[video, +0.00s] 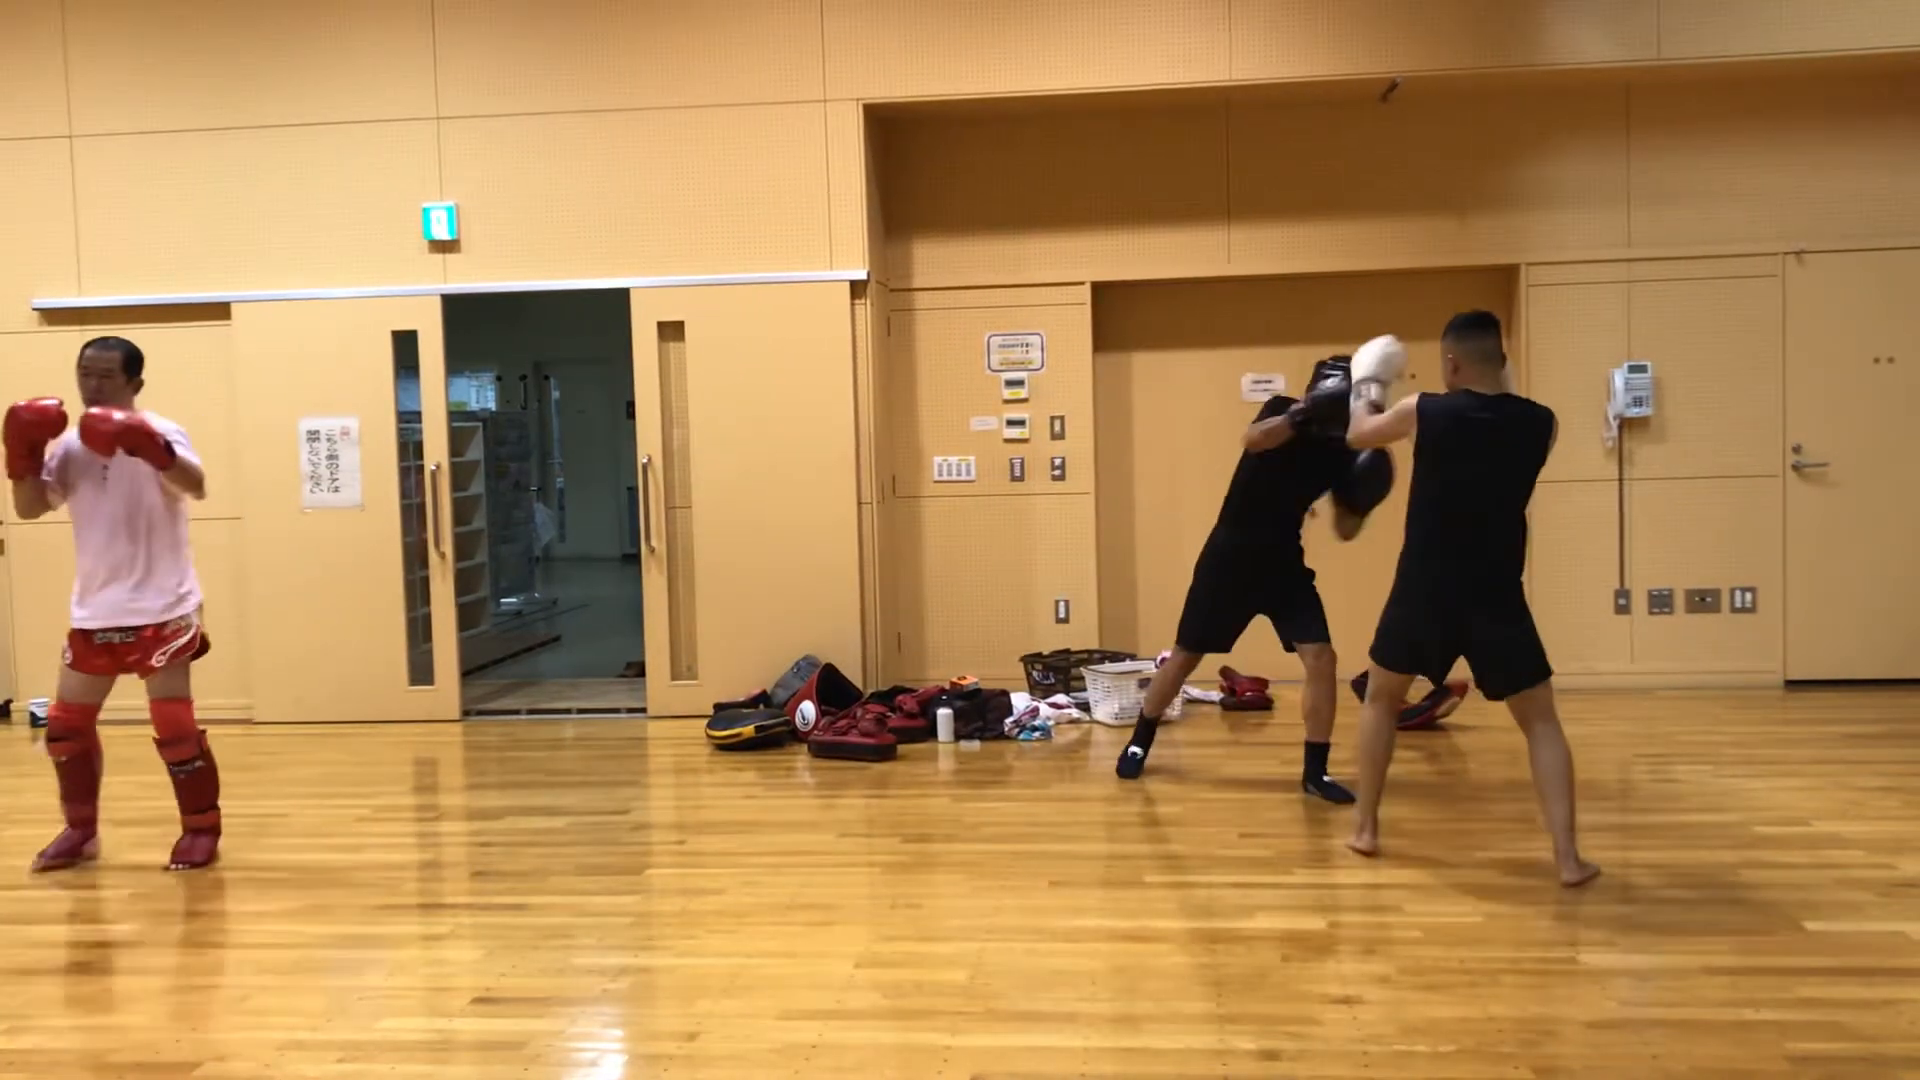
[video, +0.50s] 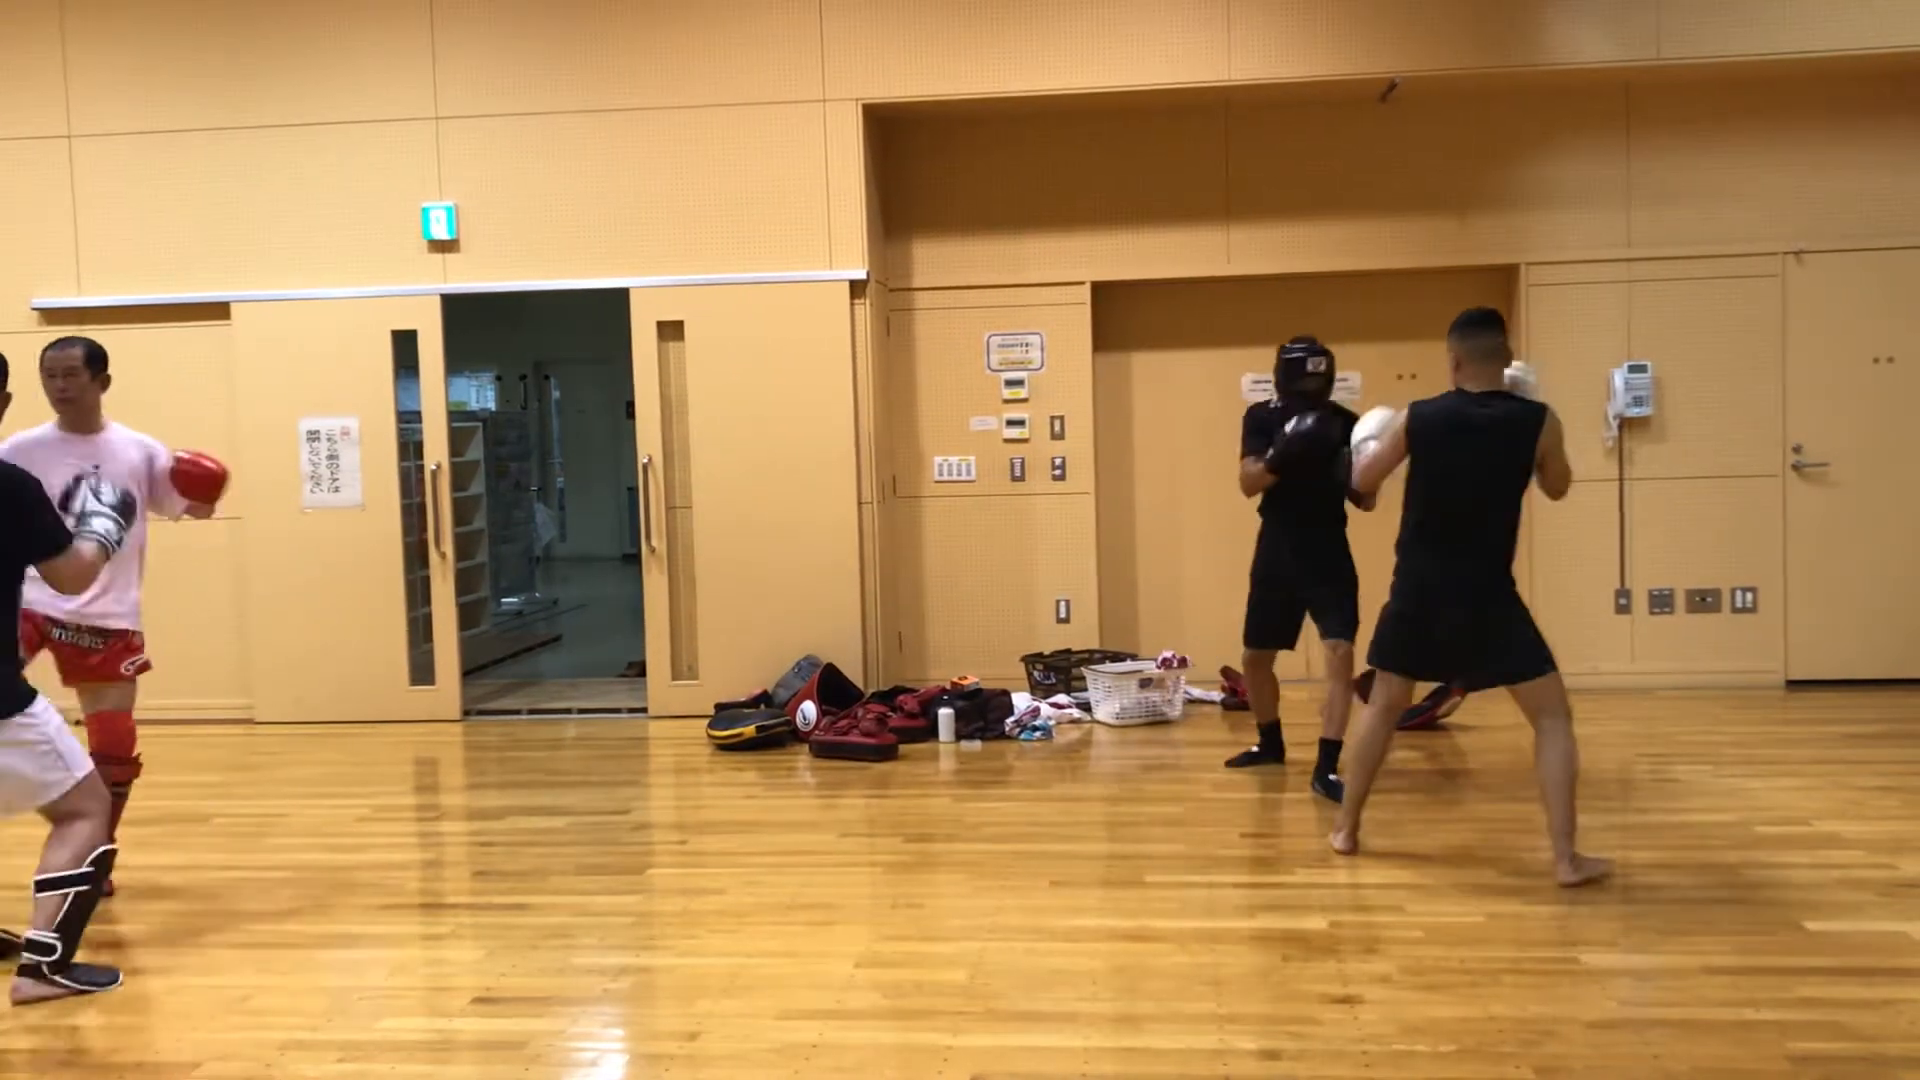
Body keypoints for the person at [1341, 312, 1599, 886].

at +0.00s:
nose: (1443, 368)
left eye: (1443, 361)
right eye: (1446, 360)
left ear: (1451, 361)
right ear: (1503, 357)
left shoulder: (1427, 410)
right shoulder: (1540, 422)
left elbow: (1360, 433)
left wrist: (1366, 393)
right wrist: (1474, 392)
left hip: (1424, 590)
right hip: (1498, 596)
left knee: (1383, 699)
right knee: (1540, 719)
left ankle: (1364, 828)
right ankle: (1568, 859)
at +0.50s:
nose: (1448, 365)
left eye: (1449, 358)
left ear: (1453, 360)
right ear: (1506, 358)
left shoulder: (1420, 418)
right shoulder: (1537, 422)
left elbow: (1364, 483)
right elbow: (1556, 485)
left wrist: (1362, 448)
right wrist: (1527, 418)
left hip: (1417, 599)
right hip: (1491, 601)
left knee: (1383, 707)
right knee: (1552, 718)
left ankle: (1346, 829)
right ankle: (1566, 858)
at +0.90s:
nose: (1493, 361)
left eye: (1493, 353)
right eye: (1497, 353)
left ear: (1502, 354)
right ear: (1556, 352)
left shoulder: (1474, 410)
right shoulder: (1594, 415)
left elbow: (1411, 476)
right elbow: (1595, 486)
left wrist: (1407, 430)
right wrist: (1548, 449)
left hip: (1472, 584)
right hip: (1543, 589)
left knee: (1443, 689)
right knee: (1568, 722)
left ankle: (1428, 812)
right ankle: (1570, 860)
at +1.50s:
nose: (1482, 378)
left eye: (1481, 370)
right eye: (1487, 370)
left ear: (1486, 371)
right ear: (1538, 364)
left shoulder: (1477, 429)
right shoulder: (1588, 417)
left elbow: (1433, 496)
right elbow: (1611, 489)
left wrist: (1426, 440)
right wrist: (1605, 434)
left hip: (1504, 589)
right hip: (1574, 588)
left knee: (1466, 691)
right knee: (1619, 710)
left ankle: (1446, 810)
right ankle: (1630, 843)